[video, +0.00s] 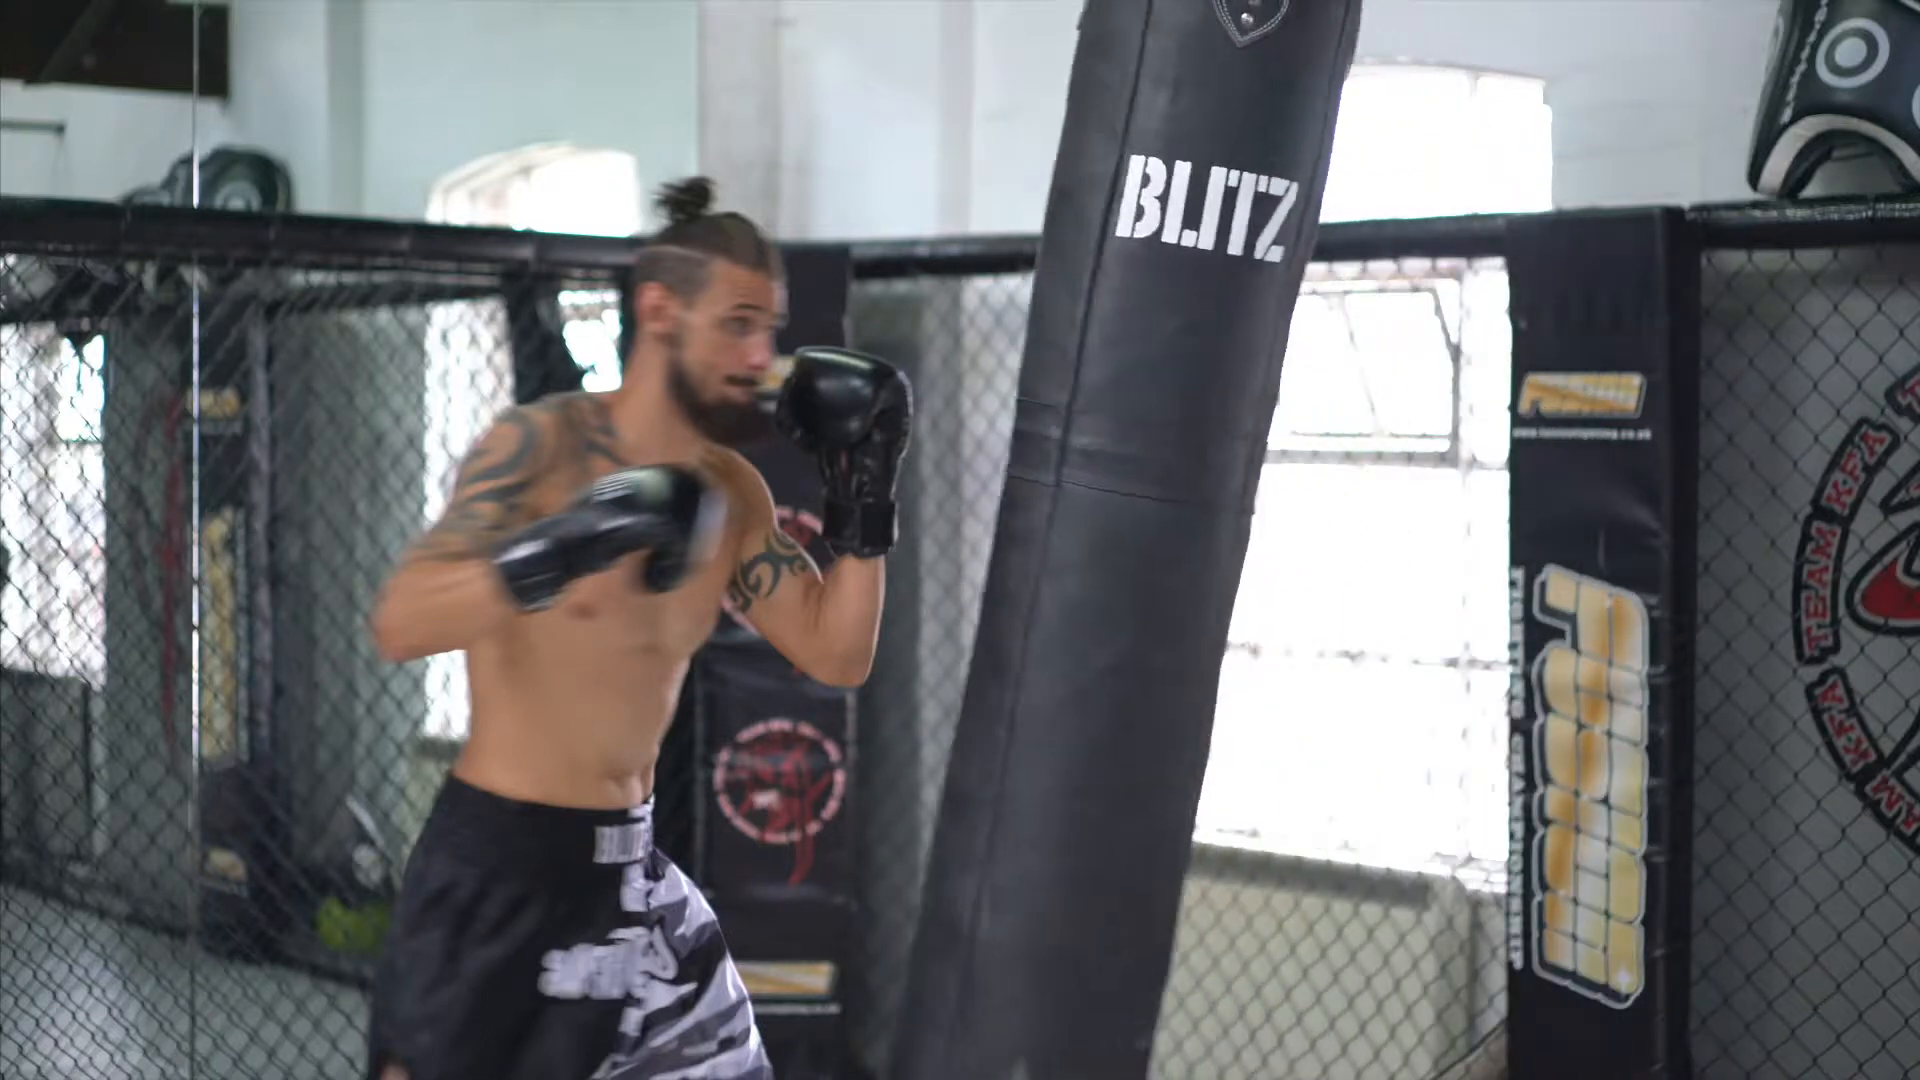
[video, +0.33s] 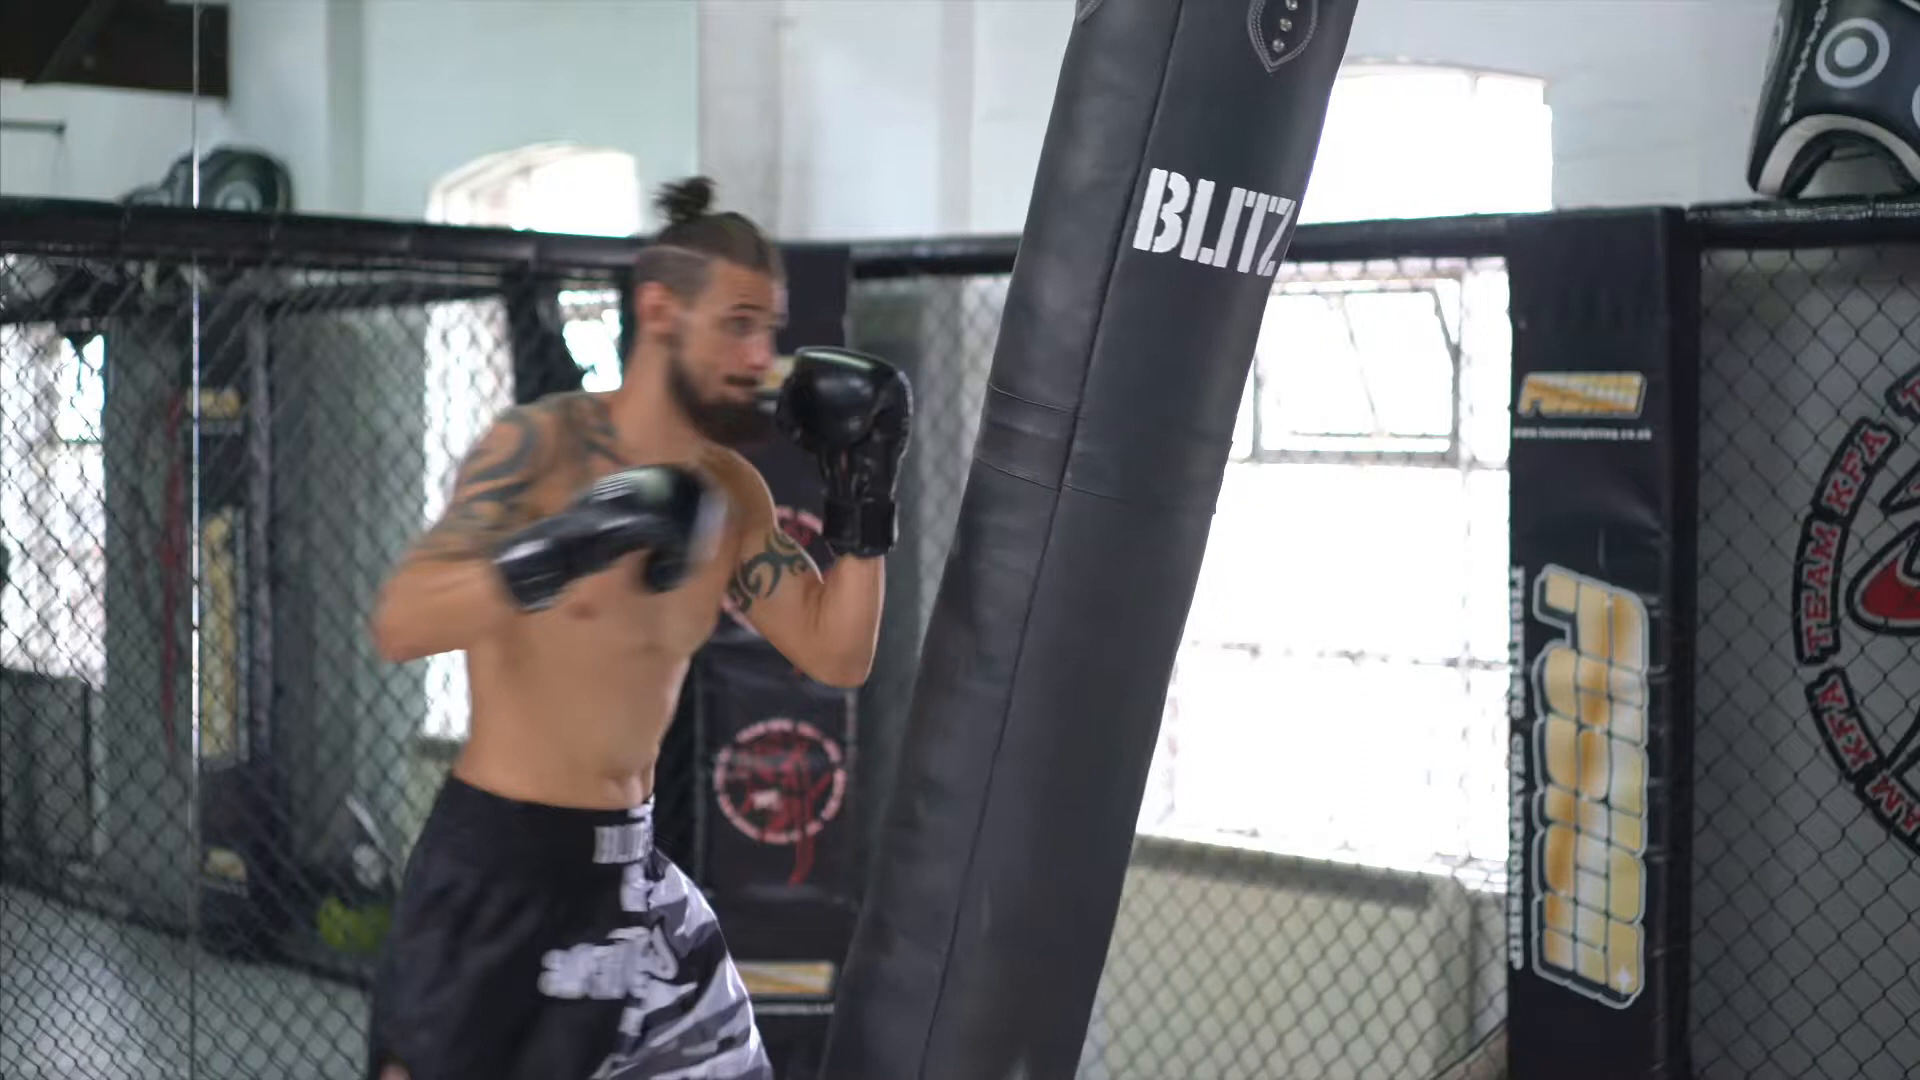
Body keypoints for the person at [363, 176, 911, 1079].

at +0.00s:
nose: (761, 358)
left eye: (772, 331)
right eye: (738, 326)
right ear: (656, 310)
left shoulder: (733, 492)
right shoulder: (539, 440)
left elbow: (839, 655)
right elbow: (401, 623)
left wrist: (865, 483)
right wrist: (569, 547)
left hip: (635, 867)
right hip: (499, 865)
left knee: (731, 1066)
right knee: (441, 1065)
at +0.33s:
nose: (762, 358)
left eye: (772, 331)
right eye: (739, 326)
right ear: (656, 310)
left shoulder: (733, 492)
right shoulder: (539, 440)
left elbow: (839, 655)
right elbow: (401, 623)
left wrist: (866, 480)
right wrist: (569, 547)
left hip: (635, 867)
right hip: (499, 864)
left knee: (732, 1067)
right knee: (440, 1065)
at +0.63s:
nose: (762, 357)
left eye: (772, 331)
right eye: (740, 325)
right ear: (656, 309)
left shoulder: (733, 492)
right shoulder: (538, 440)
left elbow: (839, 655)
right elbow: (400, 623)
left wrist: (865, 481)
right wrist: (568, 547)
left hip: (636, 867)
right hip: (500, 865)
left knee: (732, 1066)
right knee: (443, 1065)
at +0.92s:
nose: (762, 358)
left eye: (772, 331)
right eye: (739, 325)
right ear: (656, 309)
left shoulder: (733, 492)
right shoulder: (537, 441)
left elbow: (839, 655)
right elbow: (400, 623)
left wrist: (865, 480)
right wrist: (568, 547)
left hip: (636, 866)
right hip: (500, 865)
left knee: (732, 1066)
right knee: (441, 1065)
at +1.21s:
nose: (763, 357)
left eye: (772, 331)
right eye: (740, 325)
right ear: (656, 309)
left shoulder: (733, 492)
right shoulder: (538, 440)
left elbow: (839, 655)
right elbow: (400, 623)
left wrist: (865, 481)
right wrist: (568, 547)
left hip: (636, 868)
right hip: (500, 866)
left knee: (732, 1066)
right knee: (442, 1065)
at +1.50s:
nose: (763, 357)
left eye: (772, 331)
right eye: (740, 325)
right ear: (656, 309)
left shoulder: (733, 492)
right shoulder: (538, 440)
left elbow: (839, 655)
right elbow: (400, 623)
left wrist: (865, 481)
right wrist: (567, 547)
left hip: (636, 867)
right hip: (500, 866)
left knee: (732, 1066)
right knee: (442, 1065)